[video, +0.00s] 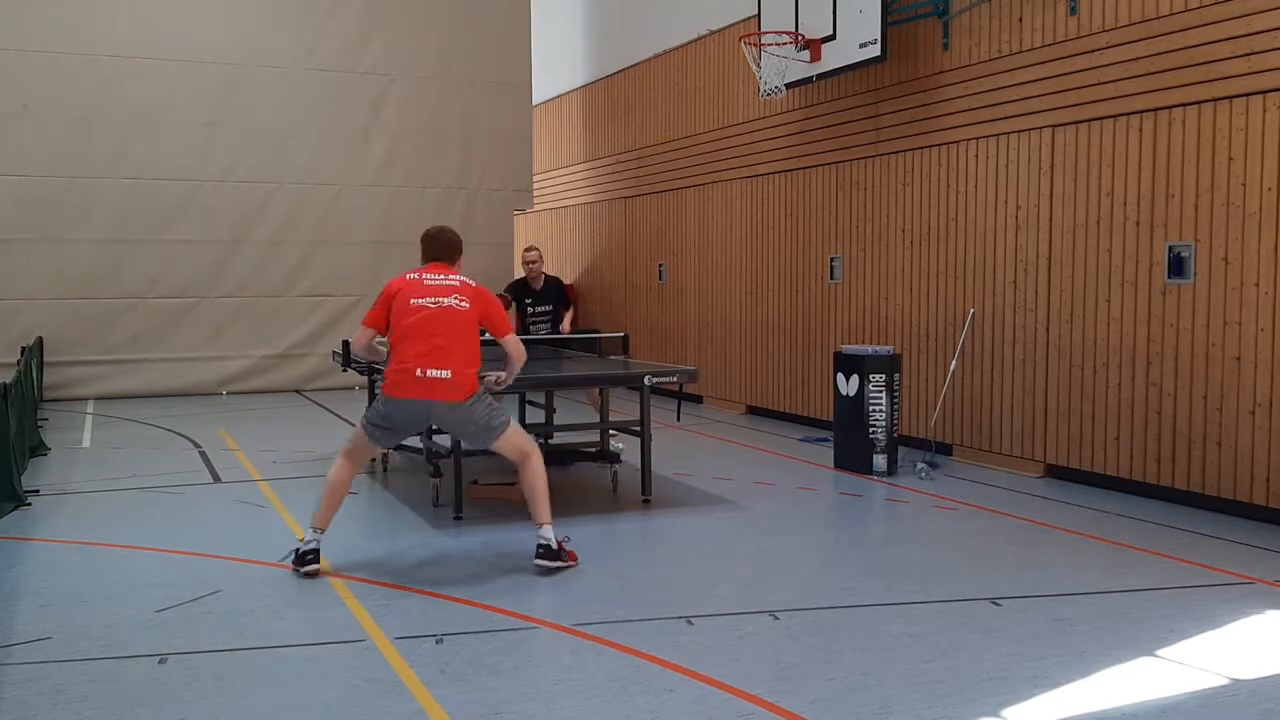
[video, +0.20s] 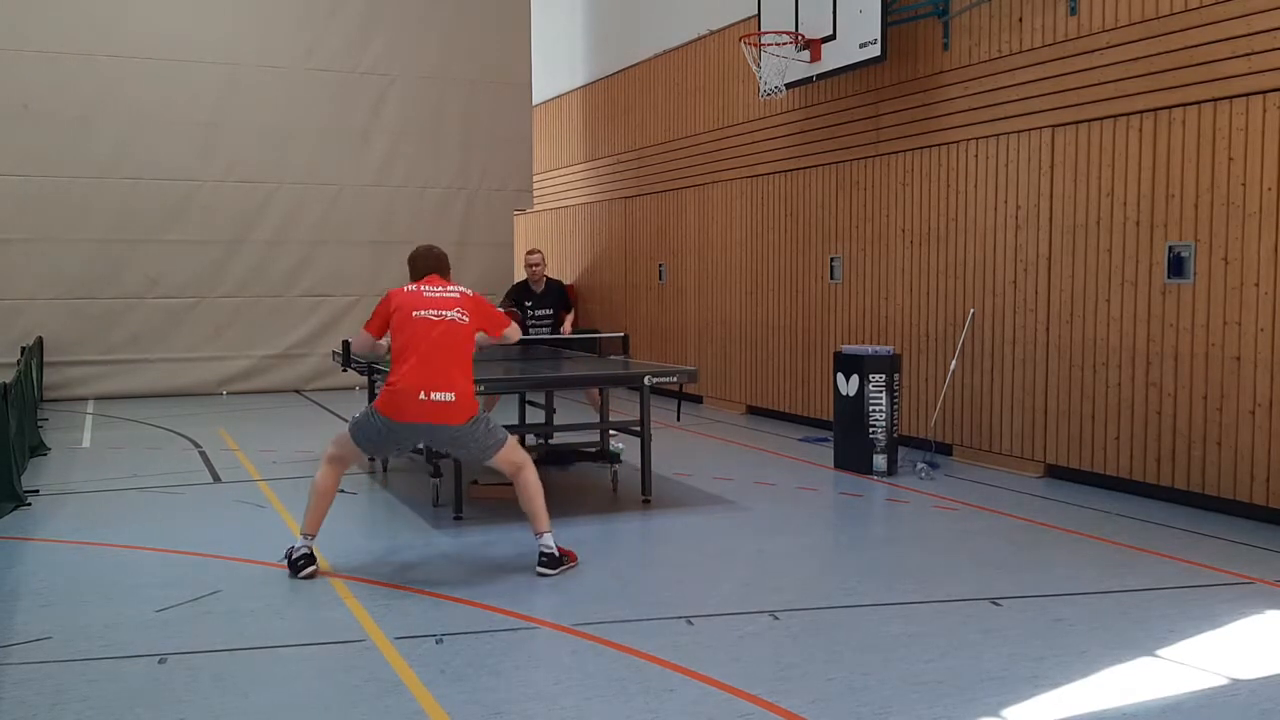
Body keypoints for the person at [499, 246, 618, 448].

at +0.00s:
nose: (530, 267)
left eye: (534, 263)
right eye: (526, 263)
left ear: (542, 263)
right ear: (522, 265)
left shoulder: (555, 284)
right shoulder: (515, 287)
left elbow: (569, 308)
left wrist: (566, 321)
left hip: (556, 346)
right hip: (526, 347)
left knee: (588, 377)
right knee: (501, 378)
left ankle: (607, 426)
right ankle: (481, 421)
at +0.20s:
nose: (533, 269)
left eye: (537, 265)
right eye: (529, 266)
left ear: (545, 266)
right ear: (524, 268)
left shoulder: (558, 287)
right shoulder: (516, 290)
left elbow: (570, 310)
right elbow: (499, 314)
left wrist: (567, 323)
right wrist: (507, 329)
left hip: (555, 351)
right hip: (523, 351)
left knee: (587, 377)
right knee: (497, 380)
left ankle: (607, 425)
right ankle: (477, 422)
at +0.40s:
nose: (537, 290)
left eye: (540, 285)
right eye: (533, 286)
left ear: (548, 285)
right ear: (528, 286)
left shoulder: (559, 300)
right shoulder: (523, 302)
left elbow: (575, 317)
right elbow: (504, 323)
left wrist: (571, 335)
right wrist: (501, 337)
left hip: (559, 354)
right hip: (530, 355)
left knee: (589, 379)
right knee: (501, 379)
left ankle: (605, 423)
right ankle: (483, 420)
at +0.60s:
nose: (550, 284)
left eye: (553, 280)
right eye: (546, 281)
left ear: (558, 278)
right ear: (539, 280)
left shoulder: (568, 293)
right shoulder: (531, 294)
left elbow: (575, 315)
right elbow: (525, 318)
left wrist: (575, 330)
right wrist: (533, 330)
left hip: (564, 346)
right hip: (536, 346)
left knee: (590, 378)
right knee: (505, 375)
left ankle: (606, 428)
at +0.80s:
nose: (550, 265)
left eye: (554, 261)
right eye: (546, 262)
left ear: (560, 262)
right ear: (540, 264)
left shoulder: (568, 286)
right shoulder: (529, 285)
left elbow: (575, 310)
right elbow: (508, 307)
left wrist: (577, 322)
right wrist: (521, 311)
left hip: (564, 350)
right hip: (534, 350)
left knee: (590, 379)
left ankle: (606, 428)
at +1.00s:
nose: (542, 267)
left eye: (545, 263)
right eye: (537, 264)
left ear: (552, 264)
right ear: (532, 266)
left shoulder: (565, 288)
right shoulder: (523, 287)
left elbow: (572, 313)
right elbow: (502, 311)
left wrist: (571, 322)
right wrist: (514, 316)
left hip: (559, 351)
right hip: (527, 351)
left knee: (588, 378)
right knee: (500, 378)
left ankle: (606, 424)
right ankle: (482, 420)